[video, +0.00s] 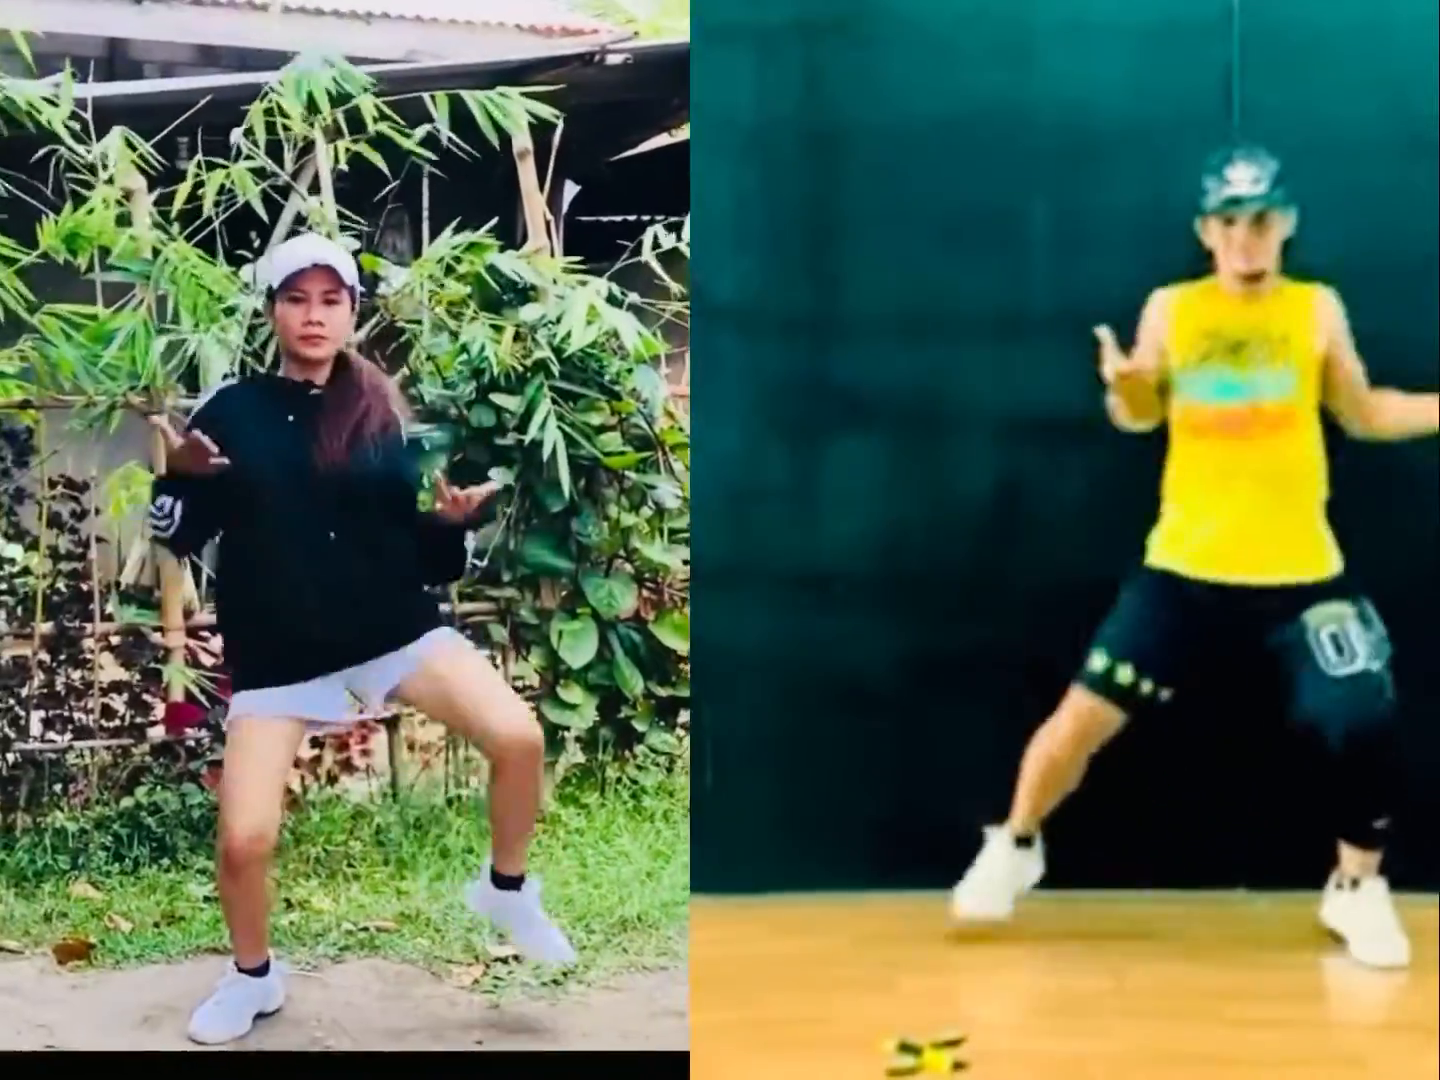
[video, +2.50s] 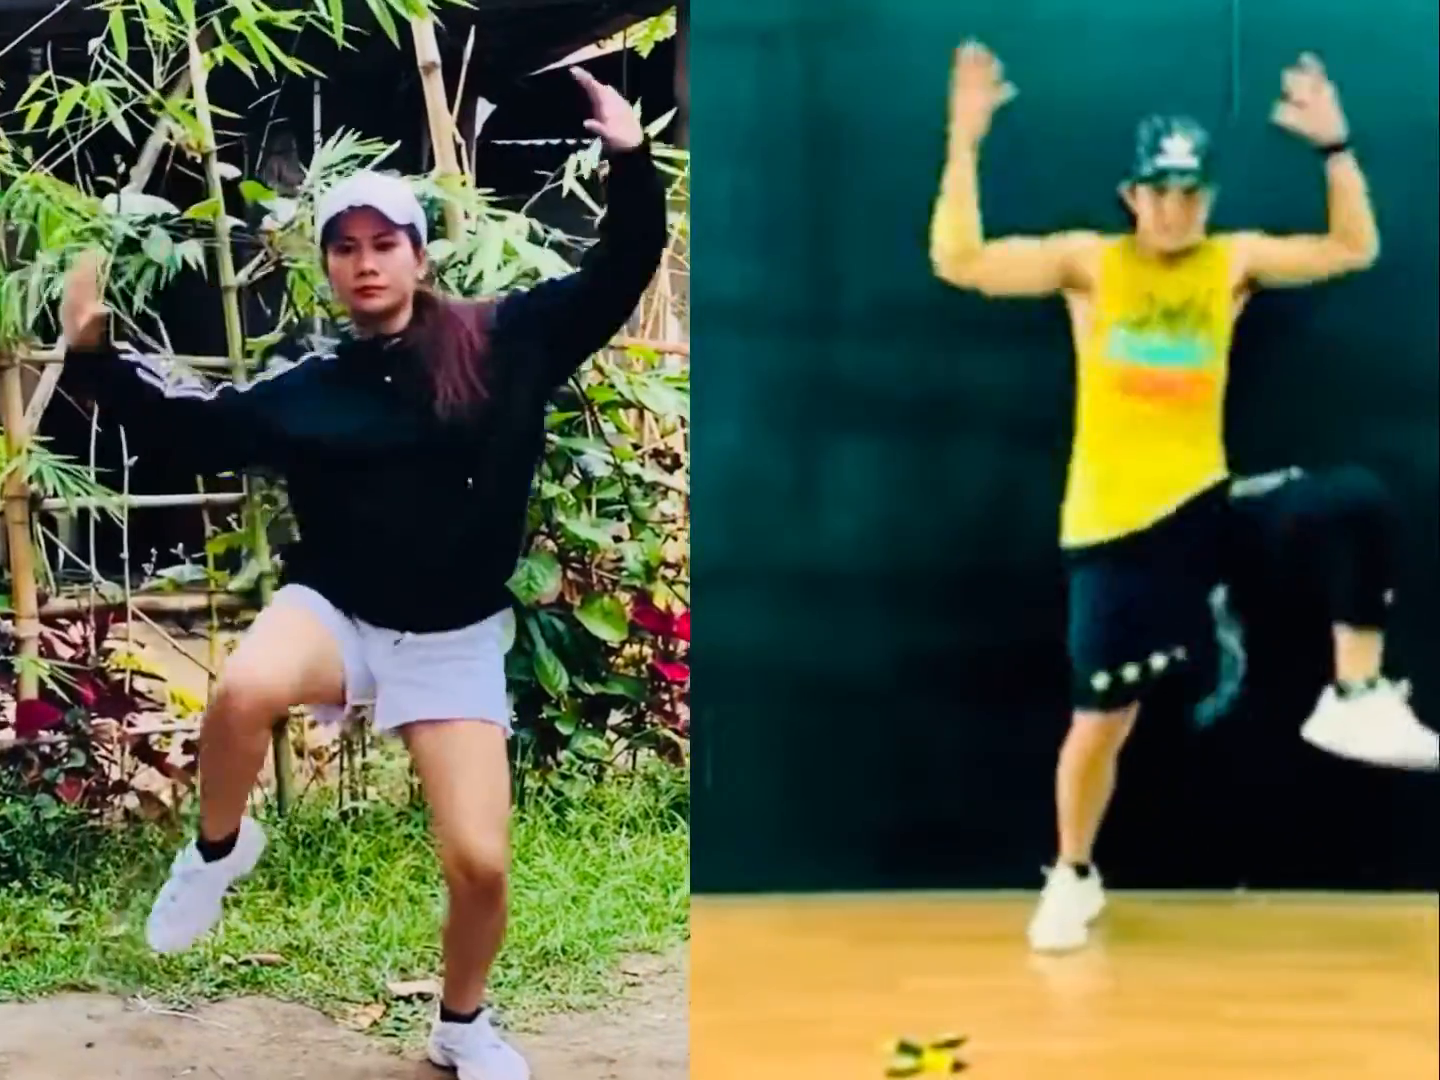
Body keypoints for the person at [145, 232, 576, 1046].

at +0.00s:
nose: (315, 315)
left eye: (332, 300)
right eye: (298, 299)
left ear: (354, 316)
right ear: (273, 312)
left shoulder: (378, 406)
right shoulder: (231, 412)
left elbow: (423, 555)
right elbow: (182, 538)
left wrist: (451, 517)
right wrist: (178, 480)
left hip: (392, 630)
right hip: (274, 656)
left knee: (519, 735)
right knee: (243, 841)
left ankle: (506, 889)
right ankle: (252, 975)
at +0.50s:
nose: (384, 250)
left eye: (400, 231)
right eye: (364, 237)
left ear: (430, 242)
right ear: (345, 256)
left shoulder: (483, 346)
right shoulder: (317, 363)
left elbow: (524, 491)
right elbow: (225, 455)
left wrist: (564, 498)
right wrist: (145, 392)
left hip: (477, 607)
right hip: (359, 591)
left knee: (479, 820)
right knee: (229, 695)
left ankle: (492, 985)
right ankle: (264, 854)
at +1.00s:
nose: (312, 291)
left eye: (332, 277)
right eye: (297, 275)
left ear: (365, 292)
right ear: (273, 288)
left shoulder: (415, 394)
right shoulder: (237, 388)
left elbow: (541, 430)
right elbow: (149, 347)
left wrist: (589, 316)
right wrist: (212, 231)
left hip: (427, 659)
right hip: (294, 656)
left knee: (461, 846)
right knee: (192, 809)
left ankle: (484, 993)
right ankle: (139, 986)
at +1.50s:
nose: (176, 269)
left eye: (198, 252)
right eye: (159, 250)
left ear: (228, 273)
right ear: (130, 264)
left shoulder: (255, 389)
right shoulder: (65, 366)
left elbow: (384, 418)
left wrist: (480, 302)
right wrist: (29, 230)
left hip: (260, 593)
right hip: (143, 638)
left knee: (340, 675)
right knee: (121, 863)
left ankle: (307, 777)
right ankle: (128, 1012)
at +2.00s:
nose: (292, 299)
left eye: (310, 280)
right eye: (272, 283)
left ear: (341, 294)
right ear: (247, 303)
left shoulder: (412, 400)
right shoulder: (199, 405)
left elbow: (526, 370)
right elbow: (88, 423)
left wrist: (530, 262)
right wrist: (142, 304)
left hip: (398, 682)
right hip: (253, 692)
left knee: (478, 868)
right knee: (180, 879)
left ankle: (480, 1019)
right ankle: (120, 1015)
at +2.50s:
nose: (363, 263)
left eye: (382, 243)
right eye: (344, 247)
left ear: (420, 254)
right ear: (325, 268)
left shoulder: (502, 337)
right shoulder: (302, 388)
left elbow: (620, 271)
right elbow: (181, 434)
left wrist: (628, 155)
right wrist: (89, 357)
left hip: (459, 632)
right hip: (333, 612)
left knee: (482, 861)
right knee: (241, 691)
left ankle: (462, 1023)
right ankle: (216, 852)